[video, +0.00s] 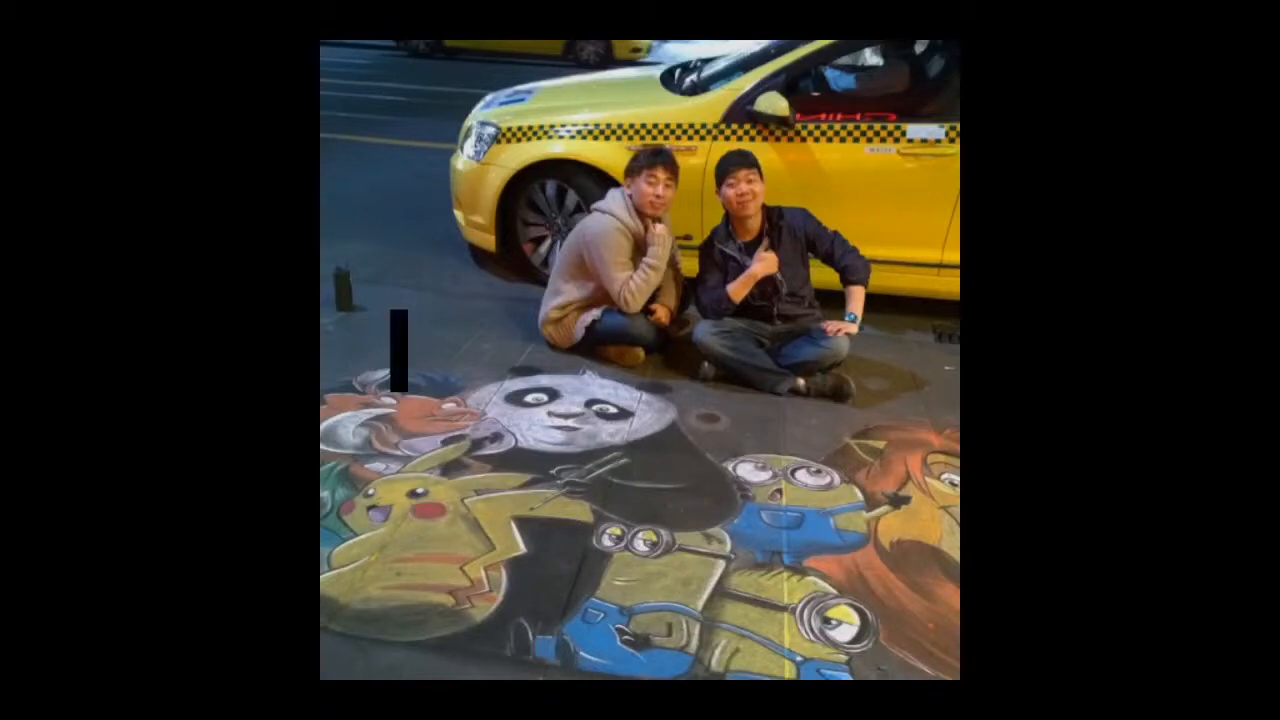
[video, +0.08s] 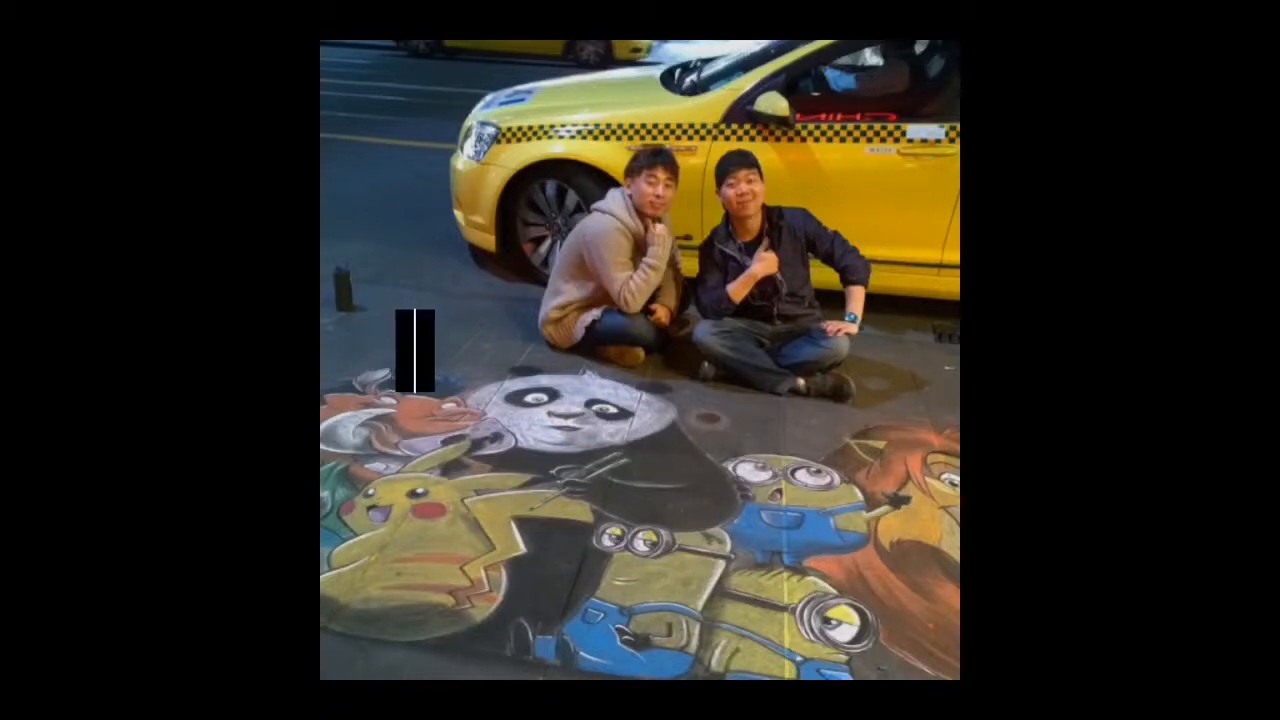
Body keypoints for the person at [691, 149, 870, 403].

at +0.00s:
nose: (743, 190)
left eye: (750, 181)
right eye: (732, 185)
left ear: (763, 187)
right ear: (720, 195)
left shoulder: (795, 222)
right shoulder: (714, 246)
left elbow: (853, 262)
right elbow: (709, 309)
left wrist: (851, 319)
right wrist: (753, 274)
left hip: (799, 327)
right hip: (747, 327)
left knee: (837, 344)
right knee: (704, 334)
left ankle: (733, 372)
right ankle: (799, 386)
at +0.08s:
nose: (743, 190)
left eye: (750, 181)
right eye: (732, 185)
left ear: (763, 187)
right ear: (720, 195)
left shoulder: (795, 222)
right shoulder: (714, 246)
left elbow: (853, 262)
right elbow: (709, 309)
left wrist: (851, 319)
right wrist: (753, 274)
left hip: (799, 327)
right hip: (747, 327)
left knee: (837, 344)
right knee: (704, 334)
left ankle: (733, 372)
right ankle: (799, 386)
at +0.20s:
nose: (743, 190)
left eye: (750, 181)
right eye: (732, 185)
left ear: (763, 187)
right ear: (720, 195)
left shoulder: (795, 222)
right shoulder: (714, 246)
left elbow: (853, 262)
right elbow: (709, 309)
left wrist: (851, 319)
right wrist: (753, 274)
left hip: (799, 327)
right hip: (747, 327)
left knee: (837, 344)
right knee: (704, 334)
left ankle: (733, 372)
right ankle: (799, 386)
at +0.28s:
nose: (743, 191)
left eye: (750, 181)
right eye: (732, 185)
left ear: (764, 187)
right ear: (720, 195)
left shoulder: (795, 222)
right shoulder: (713, 246)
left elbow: (853, 262)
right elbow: (708, 305)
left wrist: (851, 319)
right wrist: (753, 274)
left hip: (800, 326)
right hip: (747, 326)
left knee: (837, 345)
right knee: (715, 337)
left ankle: (742, 371)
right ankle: (799, 386)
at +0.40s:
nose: (743, 191)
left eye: (750, 181)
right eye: (732, 185)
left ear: (764, 187)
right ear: (720, 196)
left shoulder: (795, 222)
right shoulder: (713, 246)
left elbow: (853, 262)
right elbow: (708, 306)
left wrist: (851, 319)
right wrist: (753, 274)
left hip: (798, 325)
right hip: (746, 327)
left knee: (836, 344)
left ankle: (746, 372)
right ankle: (801, 386)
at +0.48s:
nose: (743, 191)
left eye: (750, 181)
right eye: (732, 185)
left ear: (763, 187)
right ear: (720, 195)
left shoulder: (795, 222)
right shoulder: (713, 246)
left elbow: (853, 262)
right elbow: (708, 307)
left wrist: (851, 319)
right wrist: (752, 275)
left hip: (799, 324)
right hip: (743, 329)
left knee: (837, 344)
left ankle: (751, 372)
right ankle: (806, 387)